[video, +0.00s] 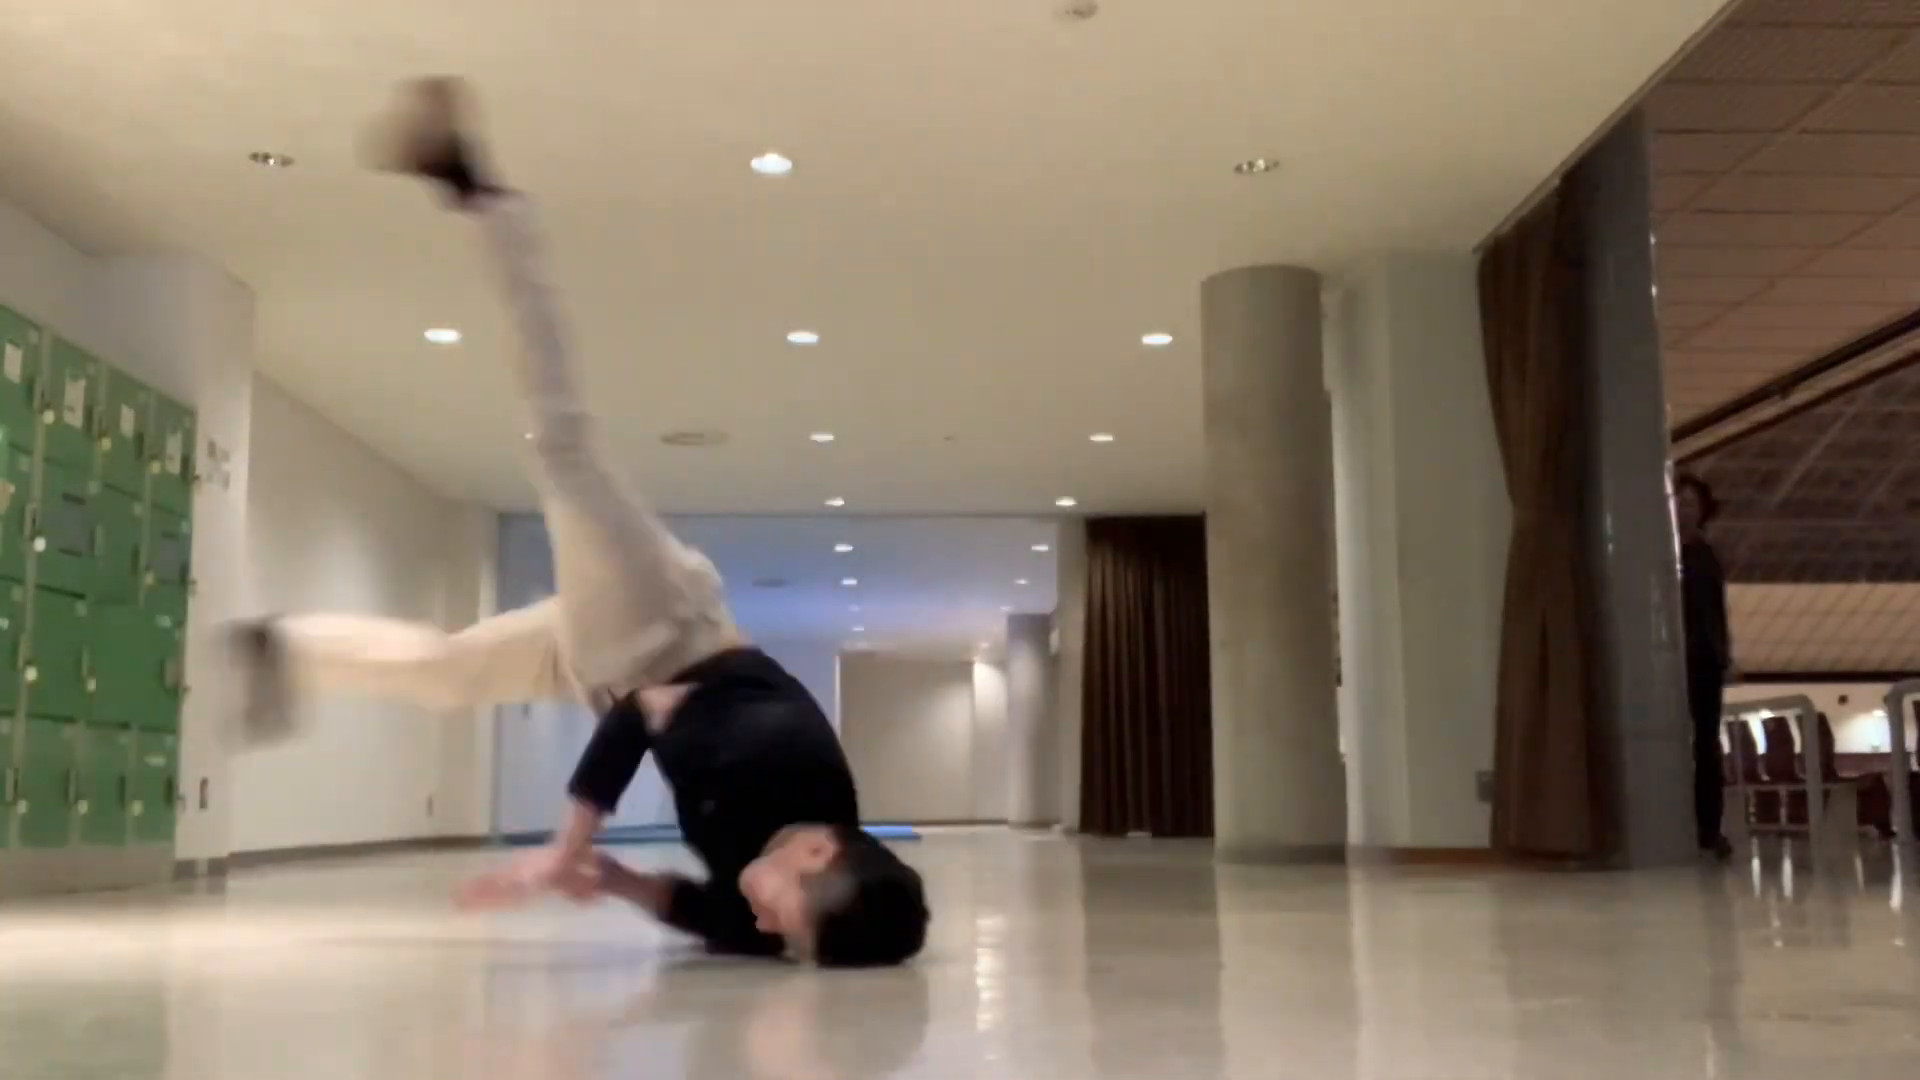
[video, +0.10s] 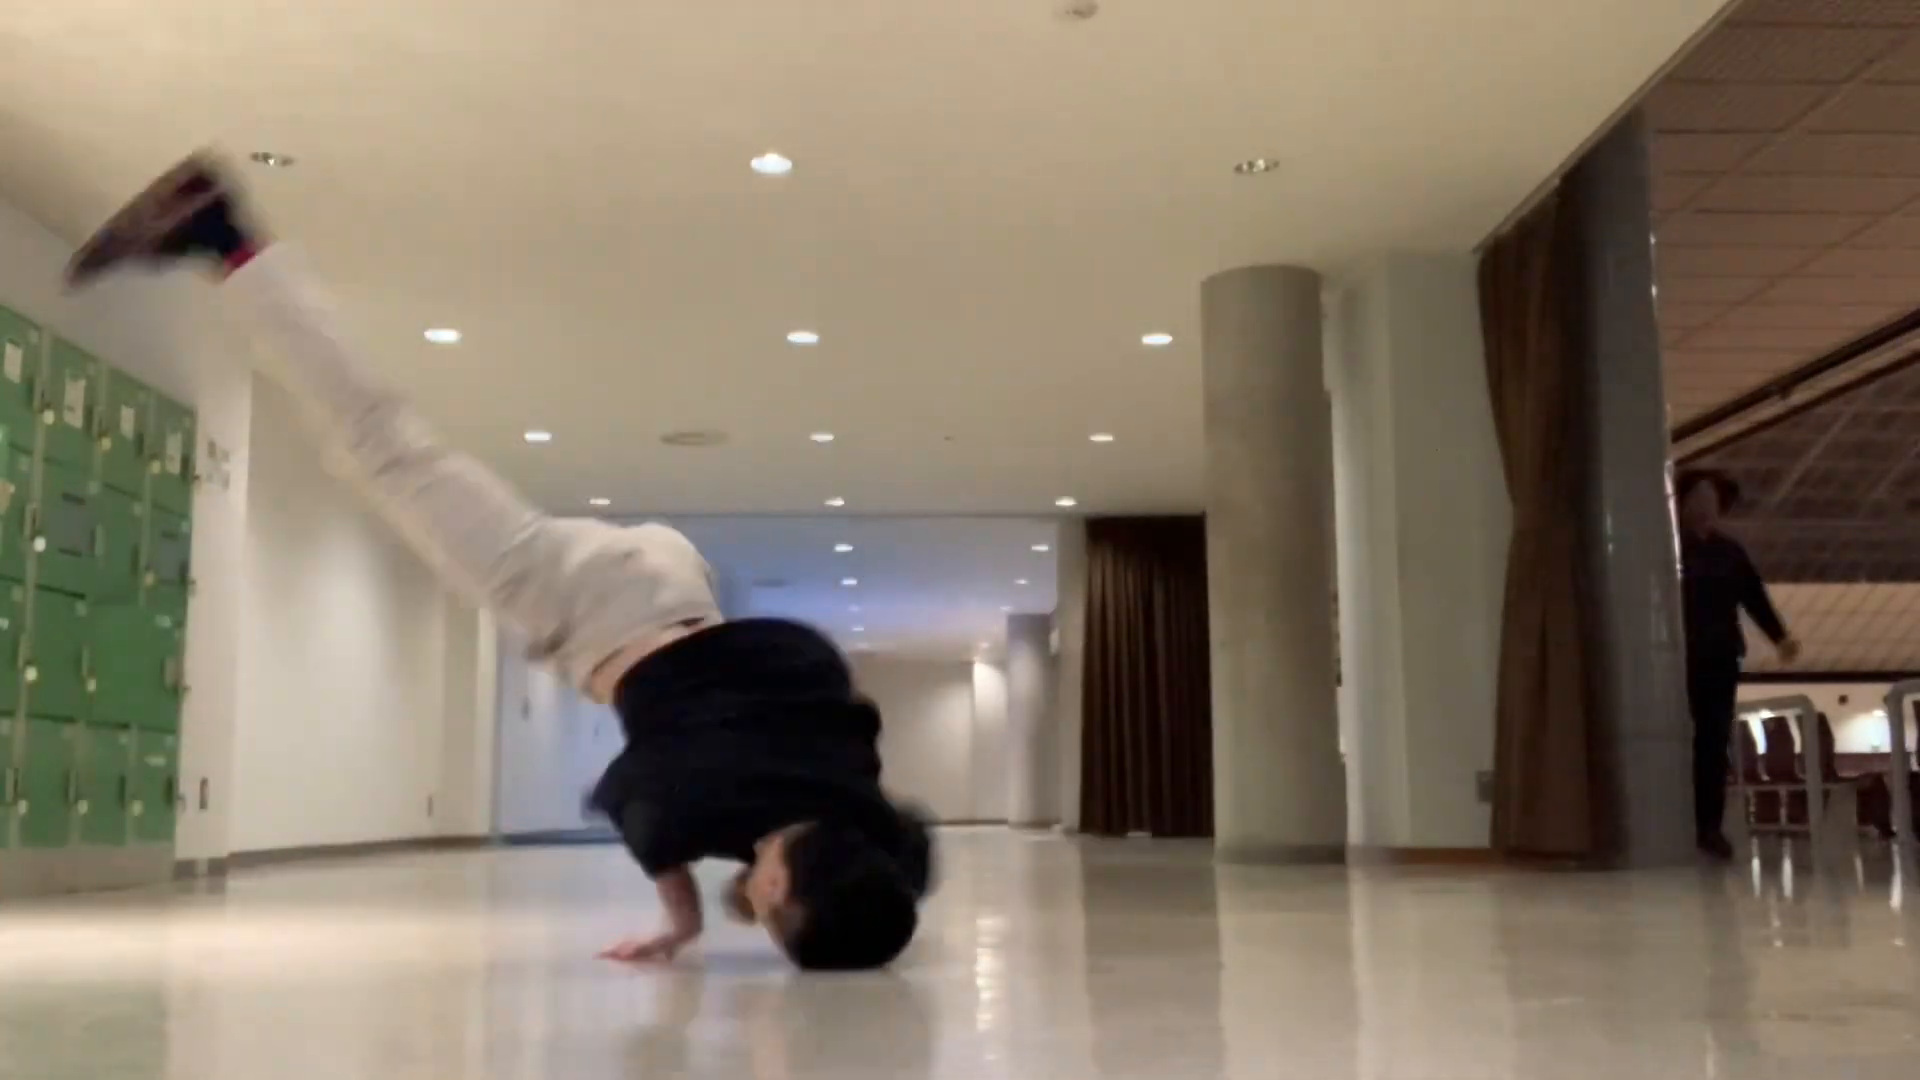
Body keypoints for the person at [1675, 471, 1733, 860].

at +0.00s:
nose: (1681, 511)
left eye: (1689, 504)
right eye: (1678, 502)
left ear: (1702, 512)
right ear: (1669, 508)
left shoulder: (1703, 556)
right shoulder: (1663, 554)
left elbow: (1714, 612)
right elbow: (1714, 614)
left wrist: (1721, 656)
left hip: (1702, 661)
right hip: (1673, 660)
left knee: (1705, 746)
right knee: (1686, 744)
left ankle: (1708, 831)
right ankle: (1688, 830)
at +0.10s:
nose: (1703, 511)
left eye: (1710, 503)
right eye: (1695, 503)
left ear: (1719, 508)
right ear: (1680, 506)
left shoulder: (1726, 551)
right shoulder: (1666, 548)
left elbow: (1751, 594)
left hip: (1718, 657)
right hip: (1673, 657)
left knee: (1712, 744)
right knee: (1680, 740)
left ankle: (1709, 829)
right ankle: (1682, 828)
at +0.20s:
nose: (1723, 509)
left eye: (1730, 501)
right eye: (1715, 500)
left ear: (1741, 509)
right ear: (1699, 507)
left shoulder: (1747, 554)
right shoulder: (1682, 554)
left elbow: (1782, 579)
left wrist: (1817, 602)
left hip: (1740, 660)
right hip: (1694, 661)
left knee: (1725, 742)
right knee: (1729, 742)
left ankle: (1708, 819)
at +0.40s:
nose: (1773, 486)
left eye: (1780, 477)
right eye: (1764, 477)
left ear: (1791, 485)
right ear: (1746, 484)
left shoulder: (1796, 537)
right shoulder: (1724, 538)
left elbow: (1826, 585)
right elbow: (1697, 592)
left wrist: (1852, 628)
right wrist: (1684, 638)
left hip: (1778, 657)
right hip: (1734, 657)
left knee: (1789, 741)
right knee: (1763, 742)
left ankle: (1764, 823)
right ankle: (1762, 837)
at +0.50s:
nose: (1802, 472)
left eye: (1809, 463)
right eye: (1793, 461)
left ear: (1817, 473)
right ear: (1772, 467)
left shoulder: (1819, 521)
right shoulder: (1750, 517)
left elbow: (1827, 585)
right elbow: (1741, 577)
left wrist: (1829, 637)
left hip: (1805, 641)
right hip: (1756, 642)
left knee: (1827, 728)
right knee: (1759, 734)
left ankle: (1825, 824)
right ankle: (1762, 833)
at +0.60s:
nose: (1835, 465)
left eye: (1840, 457)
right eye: (1825, 455)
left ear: (1845, 467)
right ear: (1803, 460)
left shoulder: (1845, 516)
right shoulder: (1779, 510)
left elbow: (1841, 571)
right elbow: (1778, 573)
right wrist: (1823, 573)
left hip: (1830, 639)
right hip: (1780, 638)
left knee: (1862, 734)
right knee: (1771, 736)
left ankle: (1895, 827)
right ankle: (1765, 834)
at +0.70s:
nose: (1865, 460)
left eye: (1870, 450)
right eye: (1856, 449)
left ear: (1877, 455)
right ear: (1835, 453)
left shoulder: (1878, 507)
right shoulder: (1809, 500)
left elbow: (1885, 557)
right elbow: (1815, 558)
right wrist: (1862, 553)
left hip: (1872, 636)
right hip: (1818, 636)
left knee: (1903, 734)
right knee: (1807, 736)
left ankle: (1903, 834)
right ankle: (1773, 832)